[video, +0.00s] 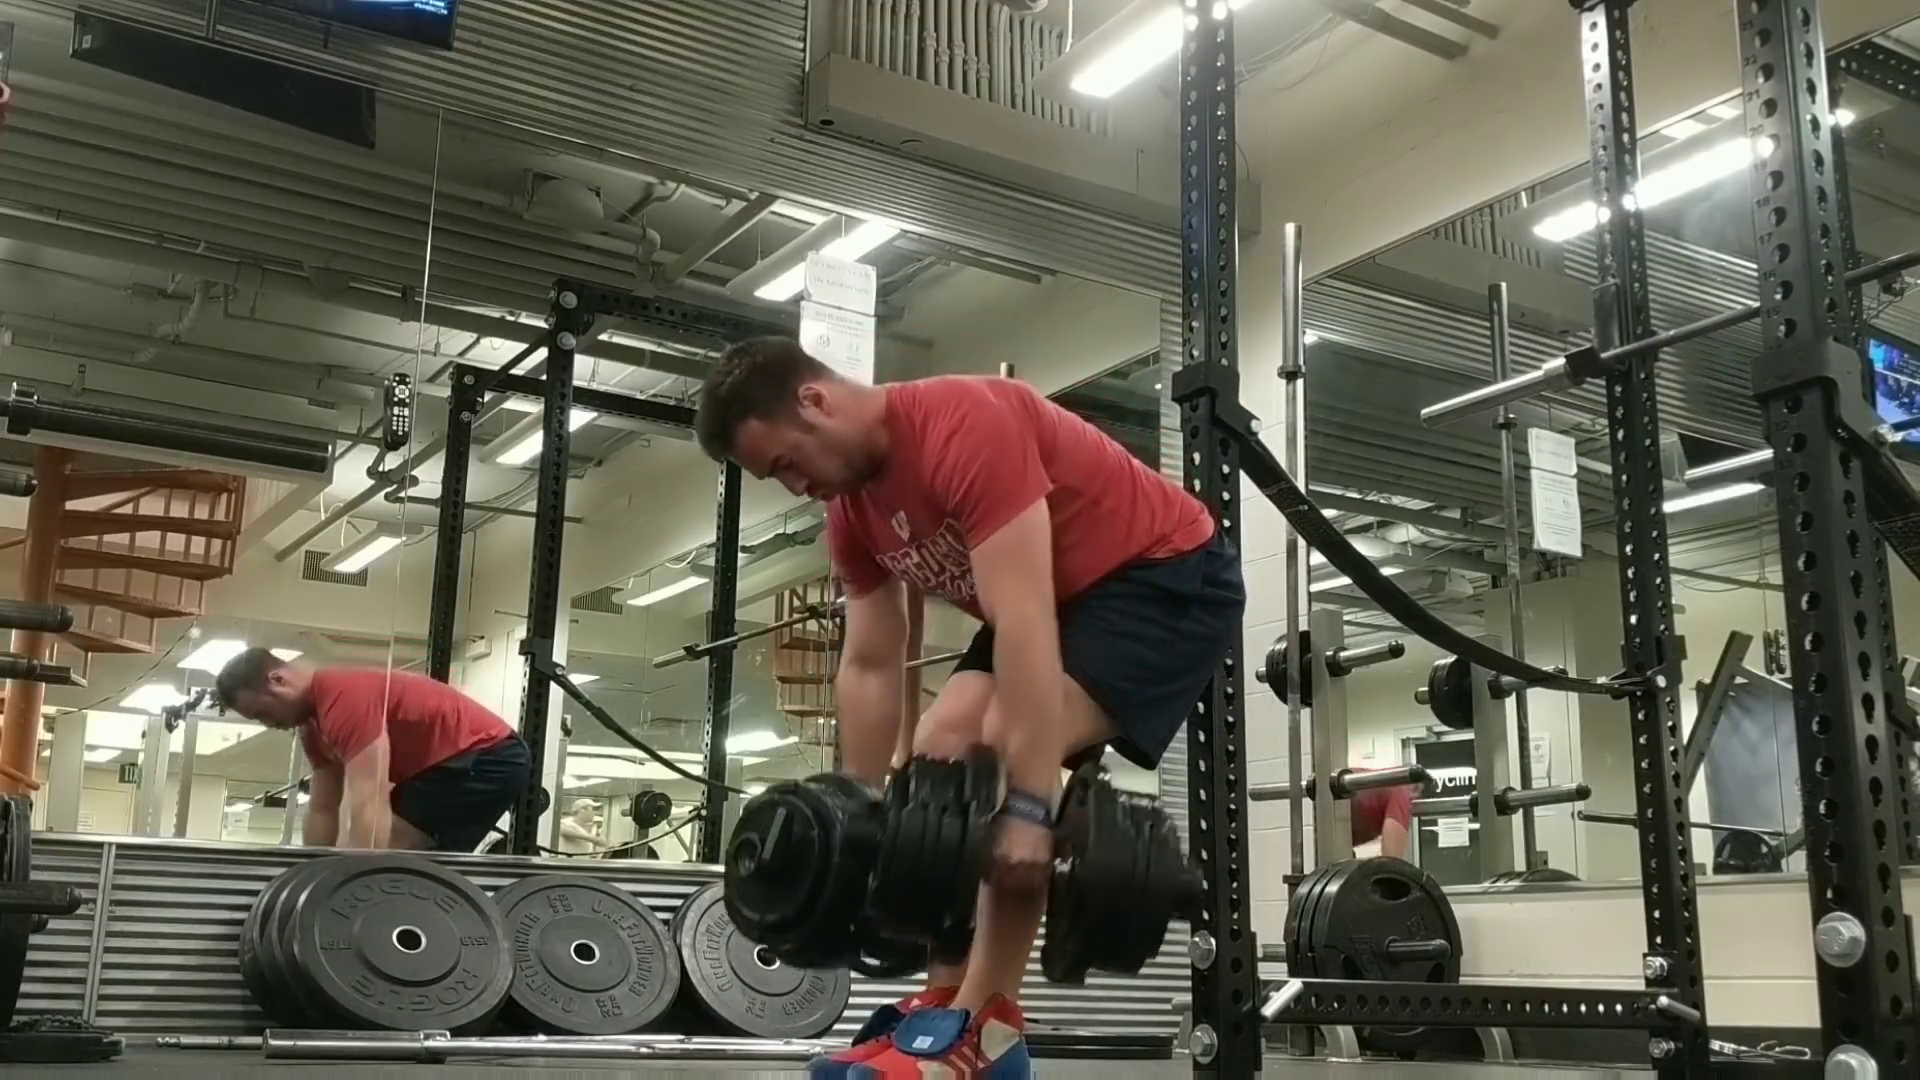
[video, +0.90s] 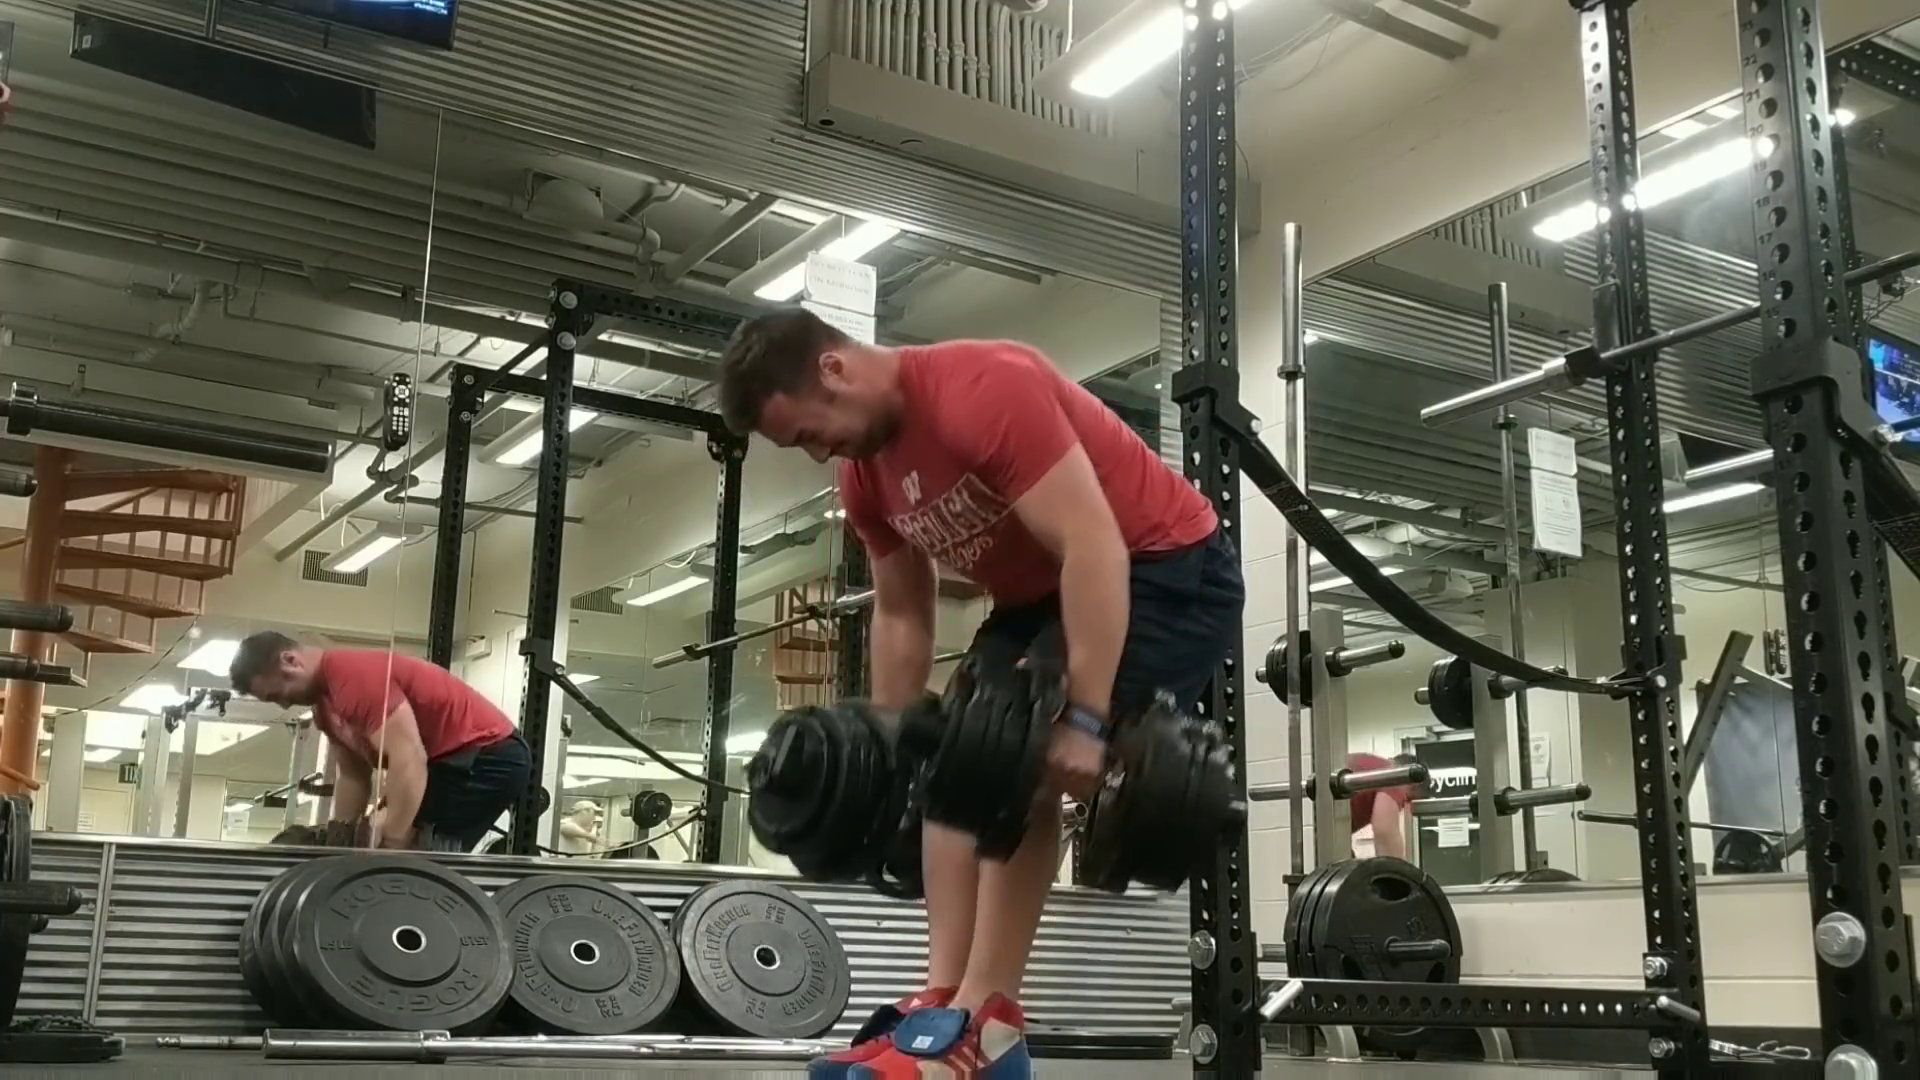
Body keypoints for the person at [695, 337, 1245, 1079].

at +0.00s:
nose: (794, 488)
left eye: (786, 464)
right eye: (776, 478)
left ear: (817, 400)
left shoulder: (971, 425)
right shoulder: (852, 515)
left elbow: (1023, 614)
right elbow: (872, 665)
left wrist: (1032, 806)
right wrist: (859, 824)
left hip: (1167, 573)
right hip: (1060, 599)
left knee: (1016, 732)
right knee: (943, 736)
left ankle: (992, 1017)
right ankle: (945, 995)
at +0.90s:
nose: (817, 454)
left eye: (809, 433)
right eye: (800, 447)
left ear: (836, 369)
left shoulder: (986, 390)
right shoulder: (864, 474)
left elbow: (1094, 545)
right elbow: (899, 610)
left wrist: (1087, 716)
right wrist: (883, 756)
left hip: (1166, 570)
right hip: (1039, 598)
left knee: (1028, 760)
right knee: (953, 756)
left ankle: (991, 1018)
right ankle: (941, 1002)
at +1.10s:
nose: (854, 444)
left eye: (844, 427)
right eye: (839, 440)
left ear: (857, 359)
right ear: (853, 366)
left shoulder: (1004, 353)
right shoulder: (880, 444)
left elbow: (1141, 480)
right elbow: (938, 565)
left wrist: (1143, 644)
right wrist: (912, 696)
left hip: (1159, 565)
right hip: (1050, 589)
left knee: (1023, 735)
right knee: (952, 732)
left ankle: (992, 1017)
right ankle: (941, 1004)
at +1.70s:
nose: (818, 466)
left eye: (808, 446)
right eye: (800, 461)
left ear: (832, 381)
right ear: (833, 384)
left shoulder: (986, 392)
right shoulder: (861, 473)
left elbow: (1086, 557)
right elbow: (902, 619)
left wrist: (1093, 736)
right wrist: (891, 770)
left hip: (1167, 570)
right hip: (1043, 594)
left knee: (1030, 754)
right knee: (953, 744)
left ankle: (990, 1019)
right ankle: (943, 1001)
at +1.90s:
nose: (795, 476)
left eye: (788, 452)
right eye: (778, 467)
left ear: (821, 389)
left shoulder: (972, 427)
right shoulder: (853, 508)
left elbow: (1024, 621)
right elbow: (870, 664)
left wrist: (1031, 803)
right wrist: (855, 820)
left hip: (1166, 576)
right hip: (1059, 602)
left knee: (1010, 731)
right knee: (940, 738)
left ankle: (991, 1017)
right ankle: (944, 998)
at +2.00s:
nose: (783, 489)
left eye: (780, 463)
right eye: (767, 478)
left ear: (817, 401)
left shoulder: (964, 448)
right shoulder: (849, 528)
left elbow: (1003, 650)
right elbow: (861, 687)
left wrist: (1009, 833)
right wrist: (848, 850)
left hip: (1165, 578)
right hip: (1058, 607)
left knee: (1000, 744)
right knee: (941, 739)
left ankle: (989, 1020)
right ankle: (937, 1004)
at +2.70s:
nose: (797, 461)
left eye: (791, 436)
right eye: (780, 450)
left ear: (831, 377)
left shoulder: (971, 414)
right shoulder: (858, 503)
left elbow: (1057, 583)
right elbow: (883, 646)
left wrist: (1054, 768)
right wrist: (873, 797)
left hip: (1167, 573)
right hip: (1046, 597)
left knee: (1023, 742)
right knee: (950, 732)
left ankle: (990, 1019)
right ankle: (942, 1002)